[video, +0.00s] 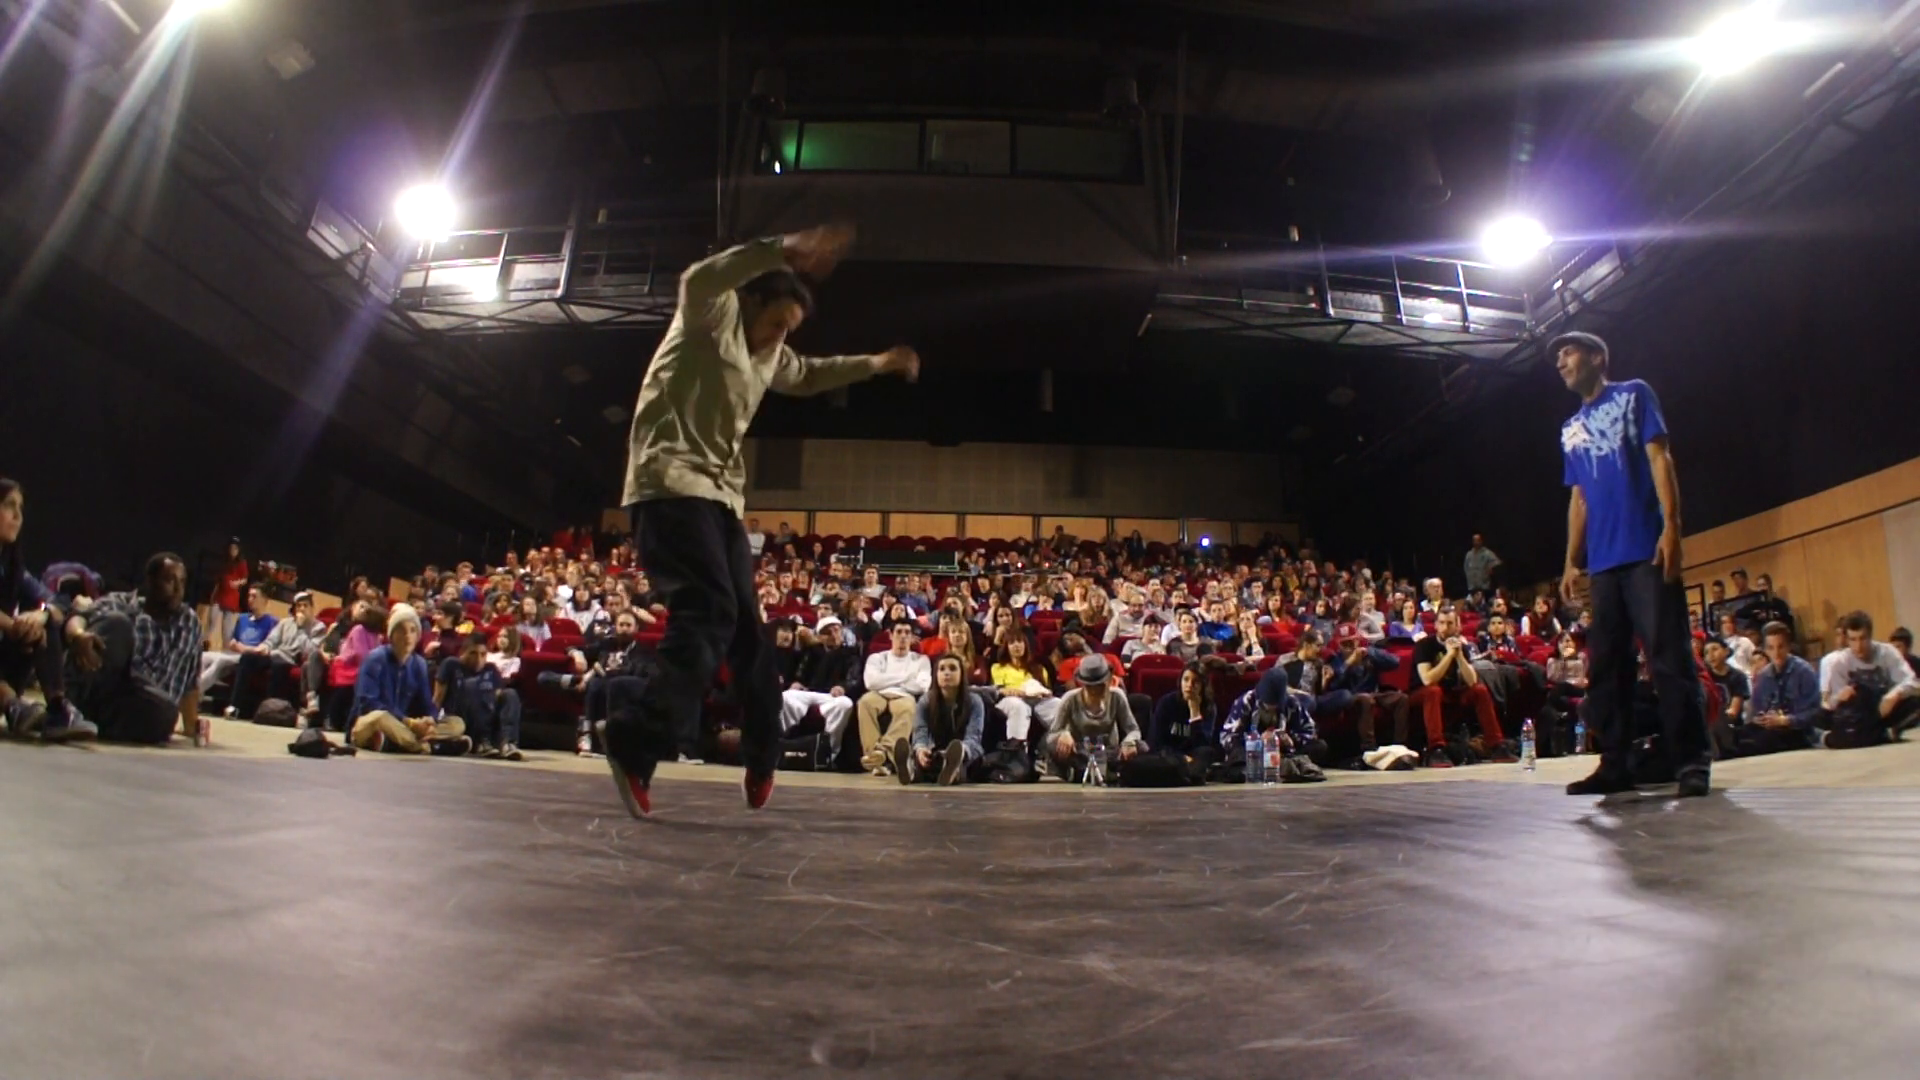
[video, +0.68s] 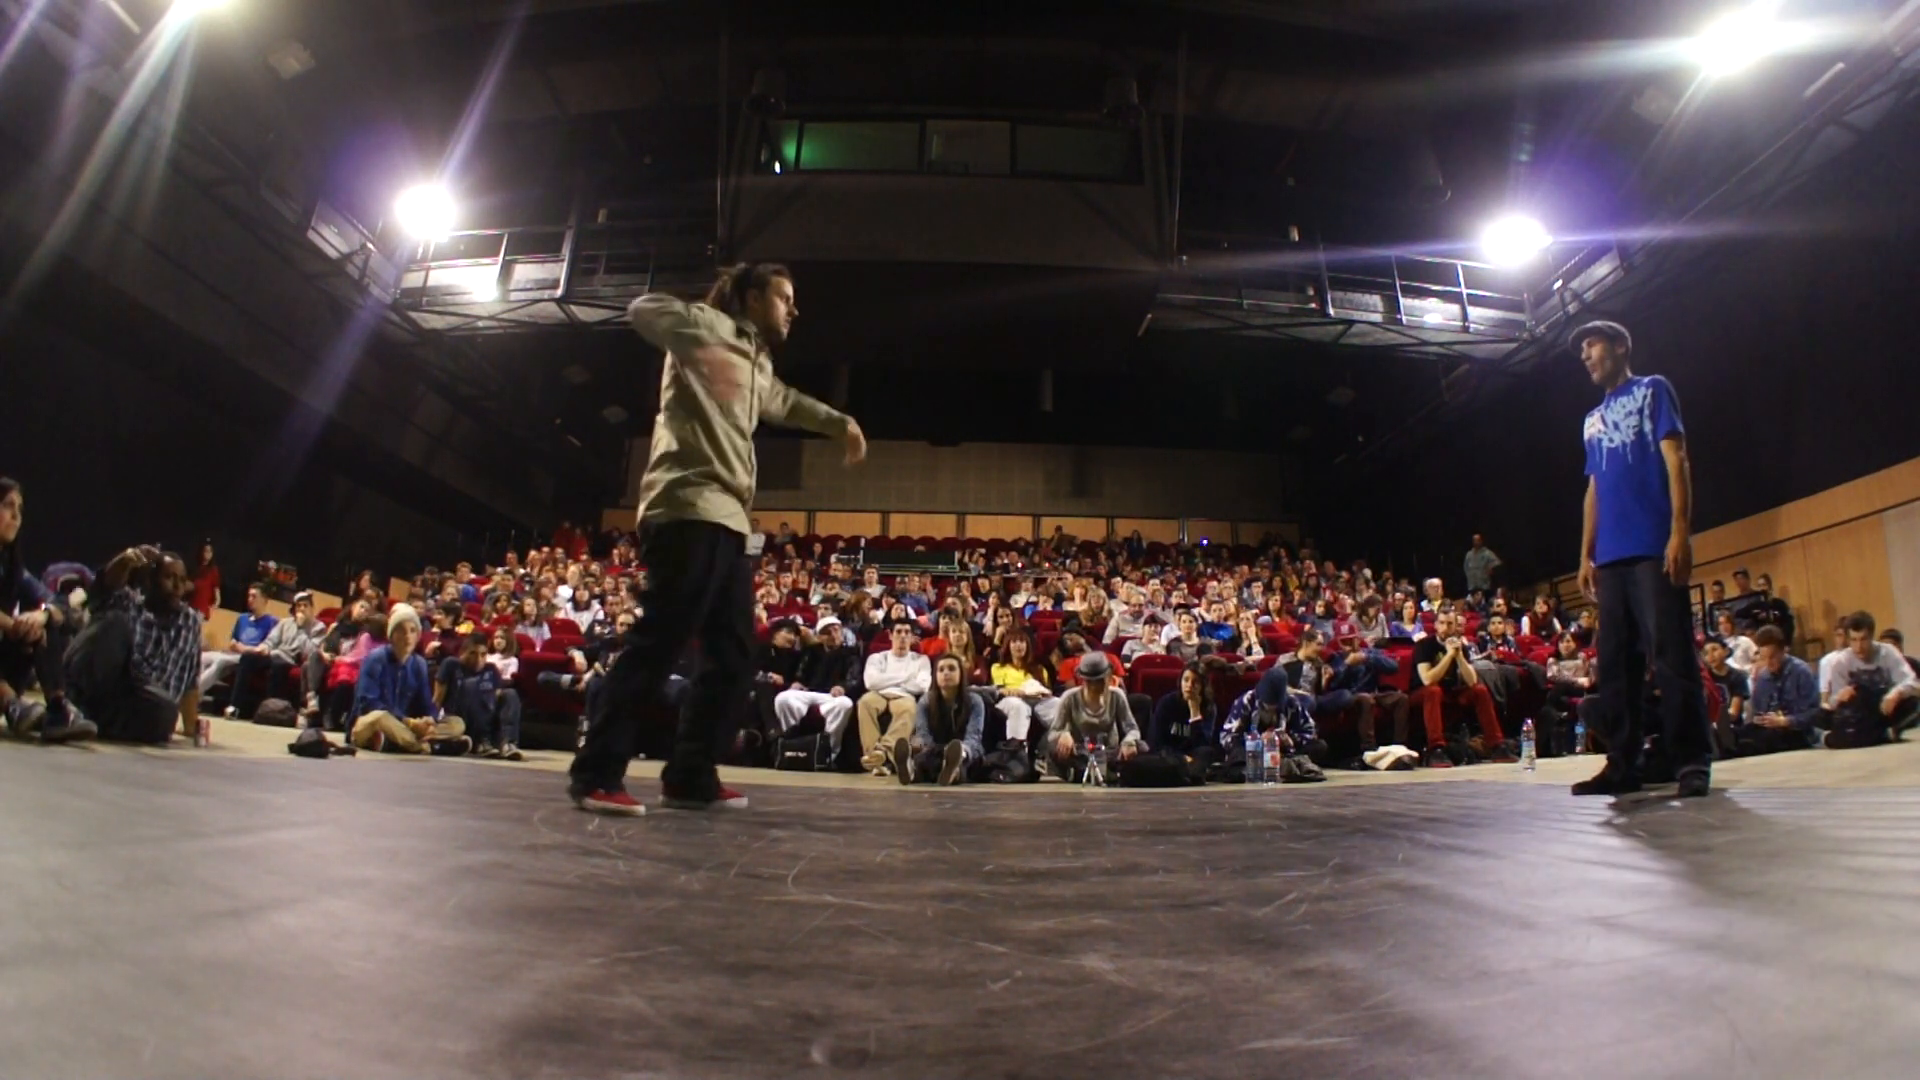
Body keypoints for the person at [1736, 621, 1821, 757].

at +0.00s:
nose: (1776, 653)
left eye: (1781, 647)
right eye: (1771, 648)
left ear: (1788, 647)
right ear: (1765, 650)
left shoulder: (1804, 671)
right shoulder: (1762, 677)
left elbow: (1813, 712)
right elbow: (1755, 713)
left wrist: (1785, 720)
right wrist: (1762, 720)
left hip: (1797, 731)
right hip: (1767, 731)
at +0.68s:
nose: (1769, 662)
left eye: (1773, 656)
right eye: (1764, 658)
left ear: (1784, 651)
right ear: (1760, 657)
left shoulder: (1801, 671)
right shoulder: (1762, 676)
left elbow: (1812, 713)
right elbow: (1756, 711)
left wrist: (1784, 721)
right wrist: (1759, 719)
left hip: (1798, 732)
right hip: (1767, 731)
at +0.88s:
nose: (1767, 666)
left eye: (1771, 660)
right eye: (1763, 661)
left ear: (1782, 653)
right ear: (1759, 659)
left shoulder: (1801, 672)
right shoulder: (1762, 676)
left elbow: (1812, 712)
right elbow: (1758, 711)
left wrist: (1784, 721)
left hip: (1798, 731)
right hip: (1769, 729)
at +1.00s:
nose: (1767, 666)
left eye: (1771, 661)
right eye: (1763, 662)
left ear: (1782, 653)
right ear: (1758, 658)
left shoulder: (1801, 672)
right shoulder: (1762, 676)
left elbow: (1812, 713)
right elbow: (1758, 711)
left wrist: (1784, 721)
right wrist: (1761, 720)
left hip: (1798, 731)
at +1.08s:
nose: (1767, 667)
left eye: (1771, 661)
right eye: (1763, 662)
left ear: (1782, 653)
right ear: (1758, 658)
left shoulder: (1801, 671)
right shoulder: (1762, 676)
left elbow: (1812, 712)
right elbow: (1757, 711)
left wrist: (1784, 721)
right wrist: (1760, 720)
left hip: (1798, 731)